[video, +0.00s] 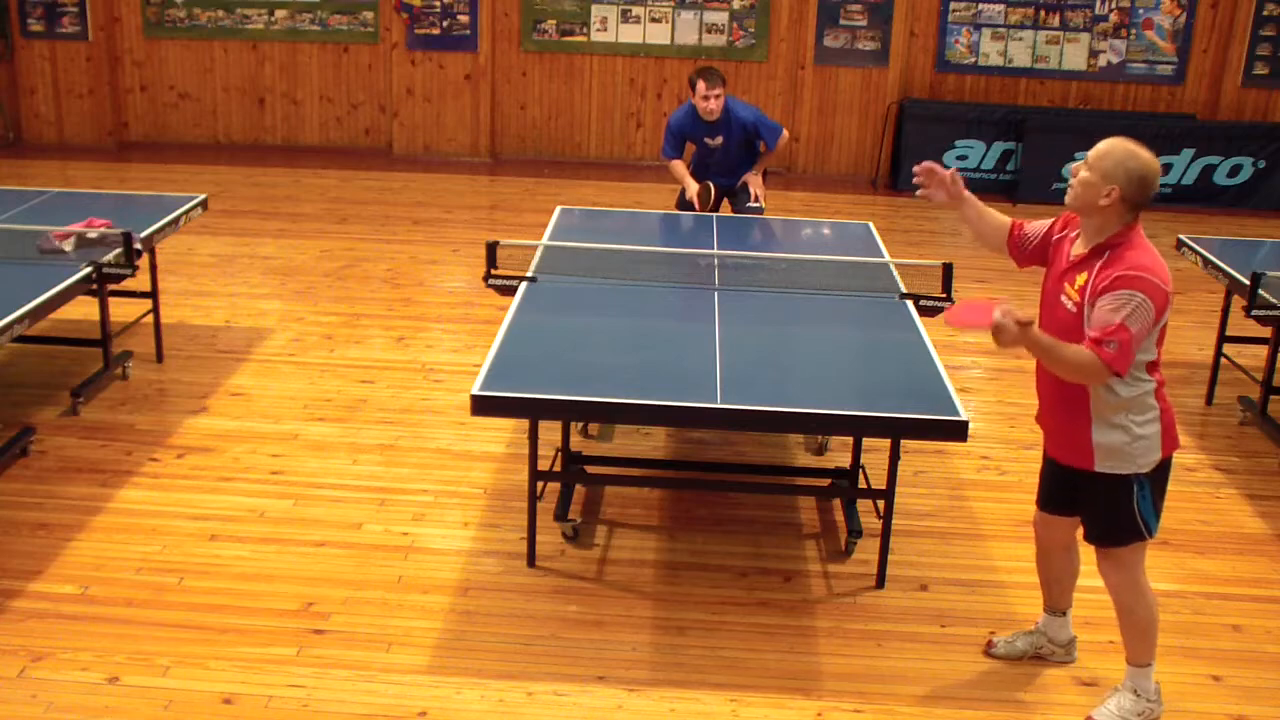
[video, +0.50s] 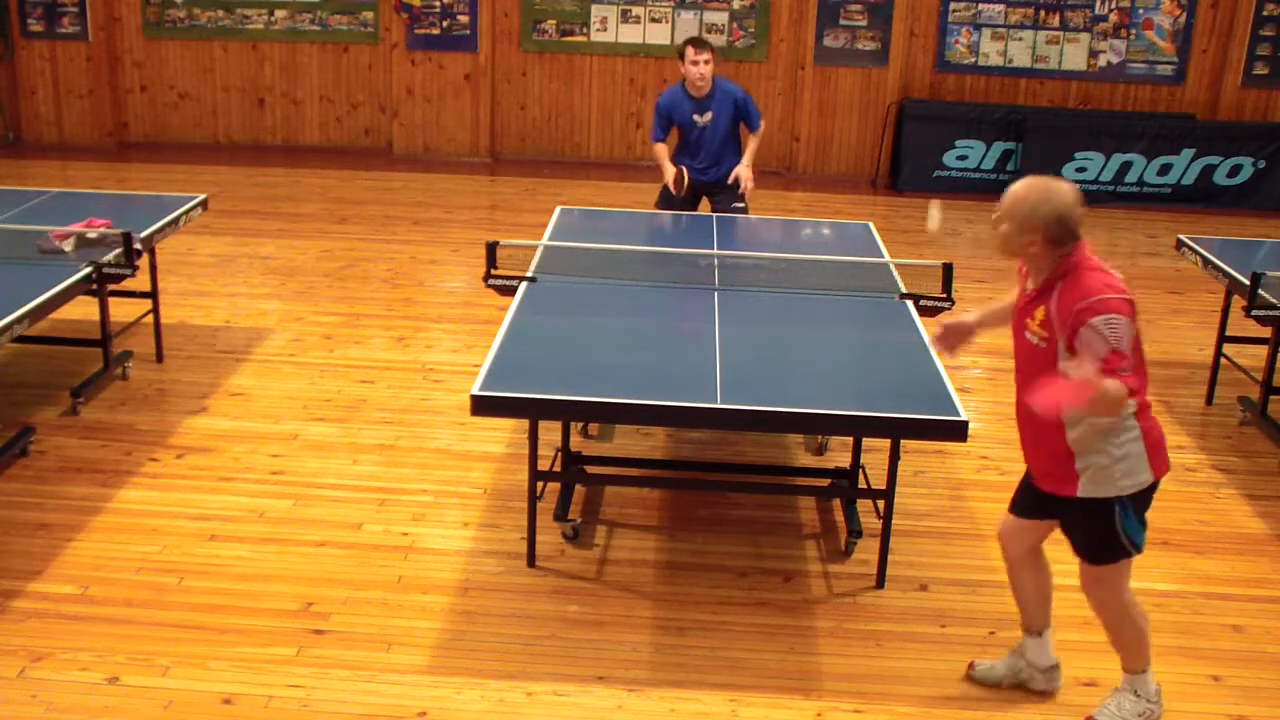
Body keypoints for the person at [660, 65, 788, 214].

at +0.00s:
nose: (712, 105)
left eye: (717, 97)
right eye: (705, 98)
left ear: (724, 94)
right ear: (693, 98)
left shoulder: (744, 116)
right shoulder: (680, 121)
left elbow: (781, 136)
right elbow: (673, 158)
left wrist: (757, 171)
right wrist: (689, 184)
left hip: (741, 175)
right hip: (705, 174)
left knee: (751, 222)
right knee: (686, 220)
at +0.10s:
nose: (712, 101)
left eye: (717, 93)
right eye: (705, 94)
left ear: (724, 91)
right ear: (693, 93)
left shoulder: (745, 114)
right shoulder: (681, 118)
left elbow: (780, 136)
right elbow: (671, 155)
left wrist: (756, 172)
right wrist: (690, 183)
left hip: (741, 174)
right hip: (705, 173)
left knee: (750, 224)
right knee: (685, 219)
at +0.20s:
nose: (711, 94)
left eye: (717, 86)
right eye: (704, 87)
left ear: (723, 86)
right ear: (691, 88)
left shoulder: (744, 110)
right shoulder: (680, 115)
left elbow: (778, 134)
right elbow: (670, 152)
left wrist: (757, 174)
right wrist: (687, 180)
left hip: (740, 176)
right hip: (703, 174)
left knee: (749, 225)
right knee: (684, 218)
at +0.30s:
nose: (709, 86)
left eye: (714, 79)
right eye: (702, 79)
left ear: (721, 80)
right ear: (690, 82)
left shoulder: (742, 105)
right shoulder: (679, 110)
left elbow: (774, 132)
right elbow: (668, 148)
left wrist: (756, 173)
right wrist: (683, 177)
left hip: (738, 177)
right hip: (701, 176)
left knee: (750, 230)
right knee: (681, 226)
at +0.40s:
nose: (706, 78)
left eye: (711, 71)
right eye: (699, 71)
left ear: (718, 73)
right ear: (687, 75)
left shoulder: (738, 101)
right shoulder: (674, 107)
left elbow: (767, 127)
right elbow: (665, 145)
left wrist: (752, 171)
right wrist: (676, 173)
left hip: (734, 176)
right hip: (695, 175)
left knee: (744, 232)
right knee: (671, 226)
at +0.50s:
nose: (701, 70)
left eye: (706, 63)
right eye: (694, 64)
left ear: (713, 65)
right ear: (682, 67)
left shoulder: (734, 95)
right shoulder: (669, 101)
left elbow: (757, 126)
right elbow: (659, 140)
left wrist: (746, 163)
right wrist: (667, 168)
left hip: (725, 176)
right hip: (686, 174)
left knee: (736, 235)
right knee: (661, 227)